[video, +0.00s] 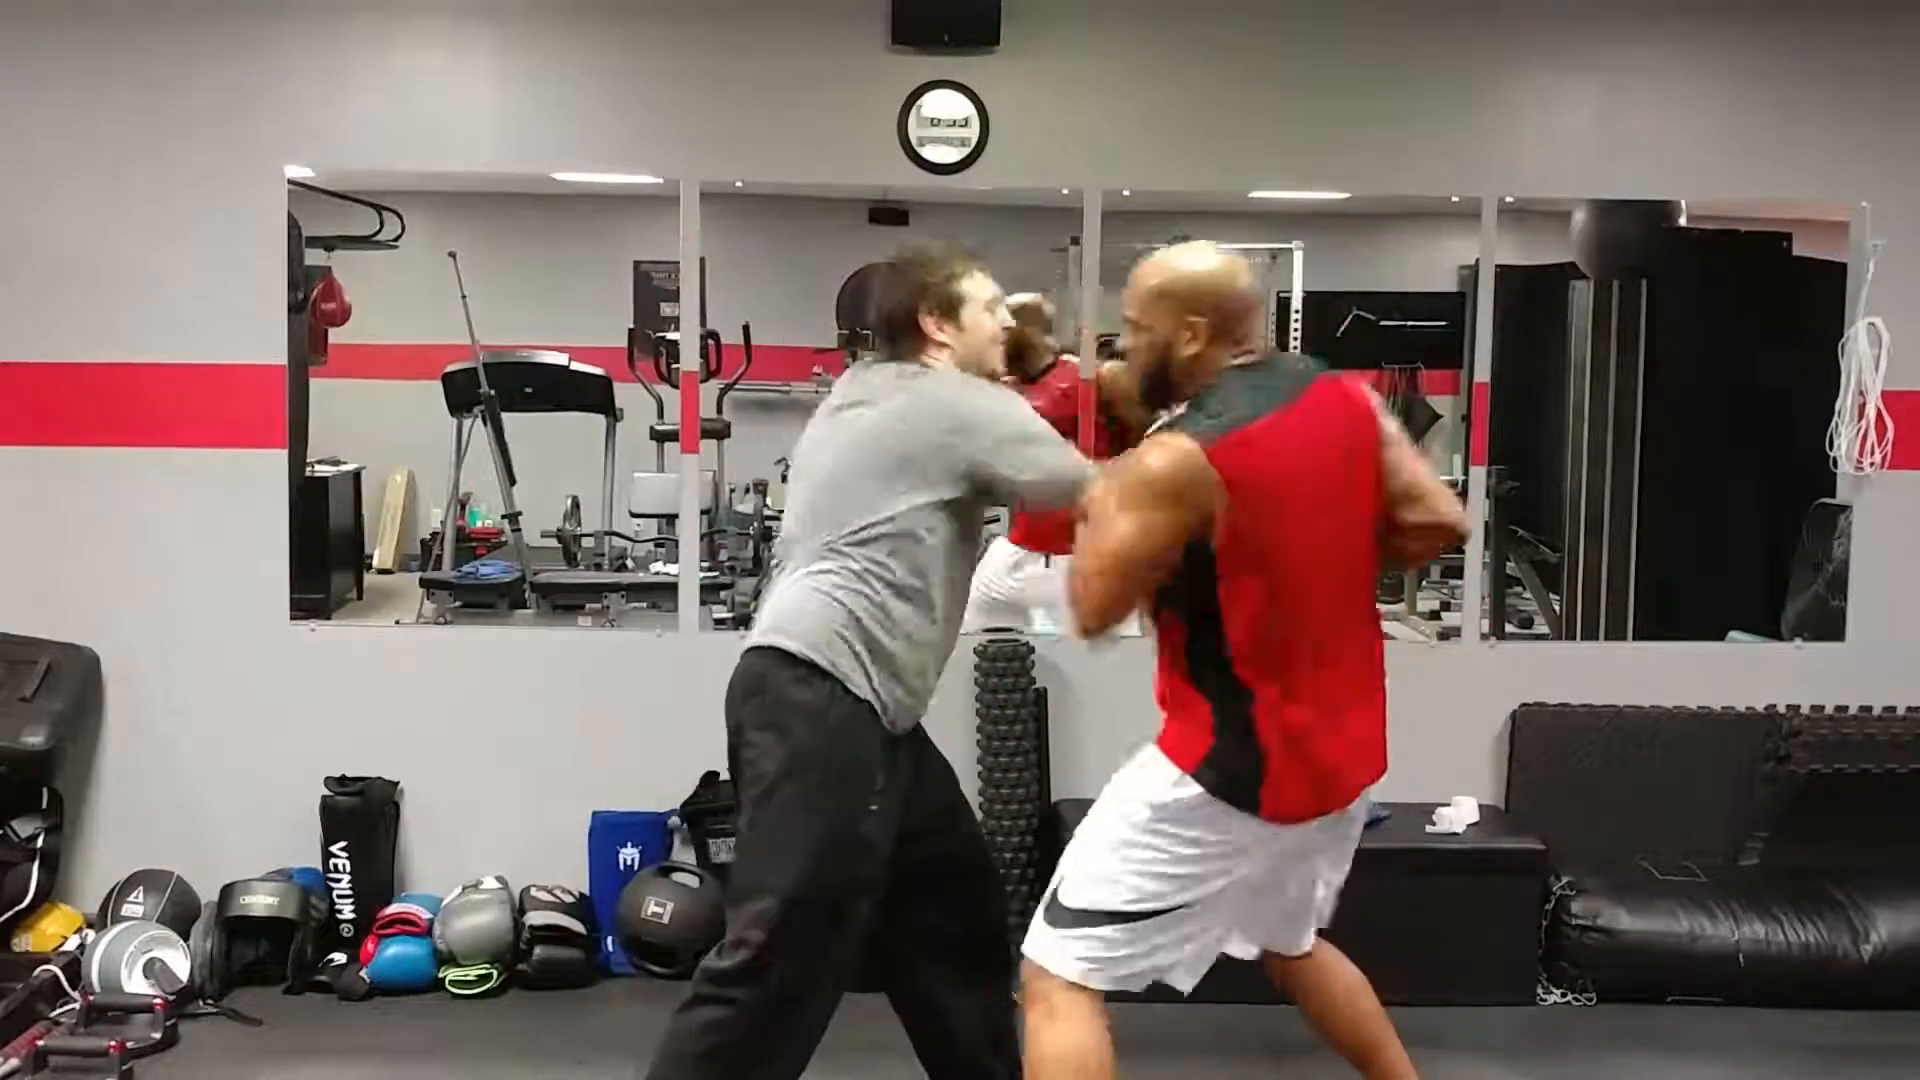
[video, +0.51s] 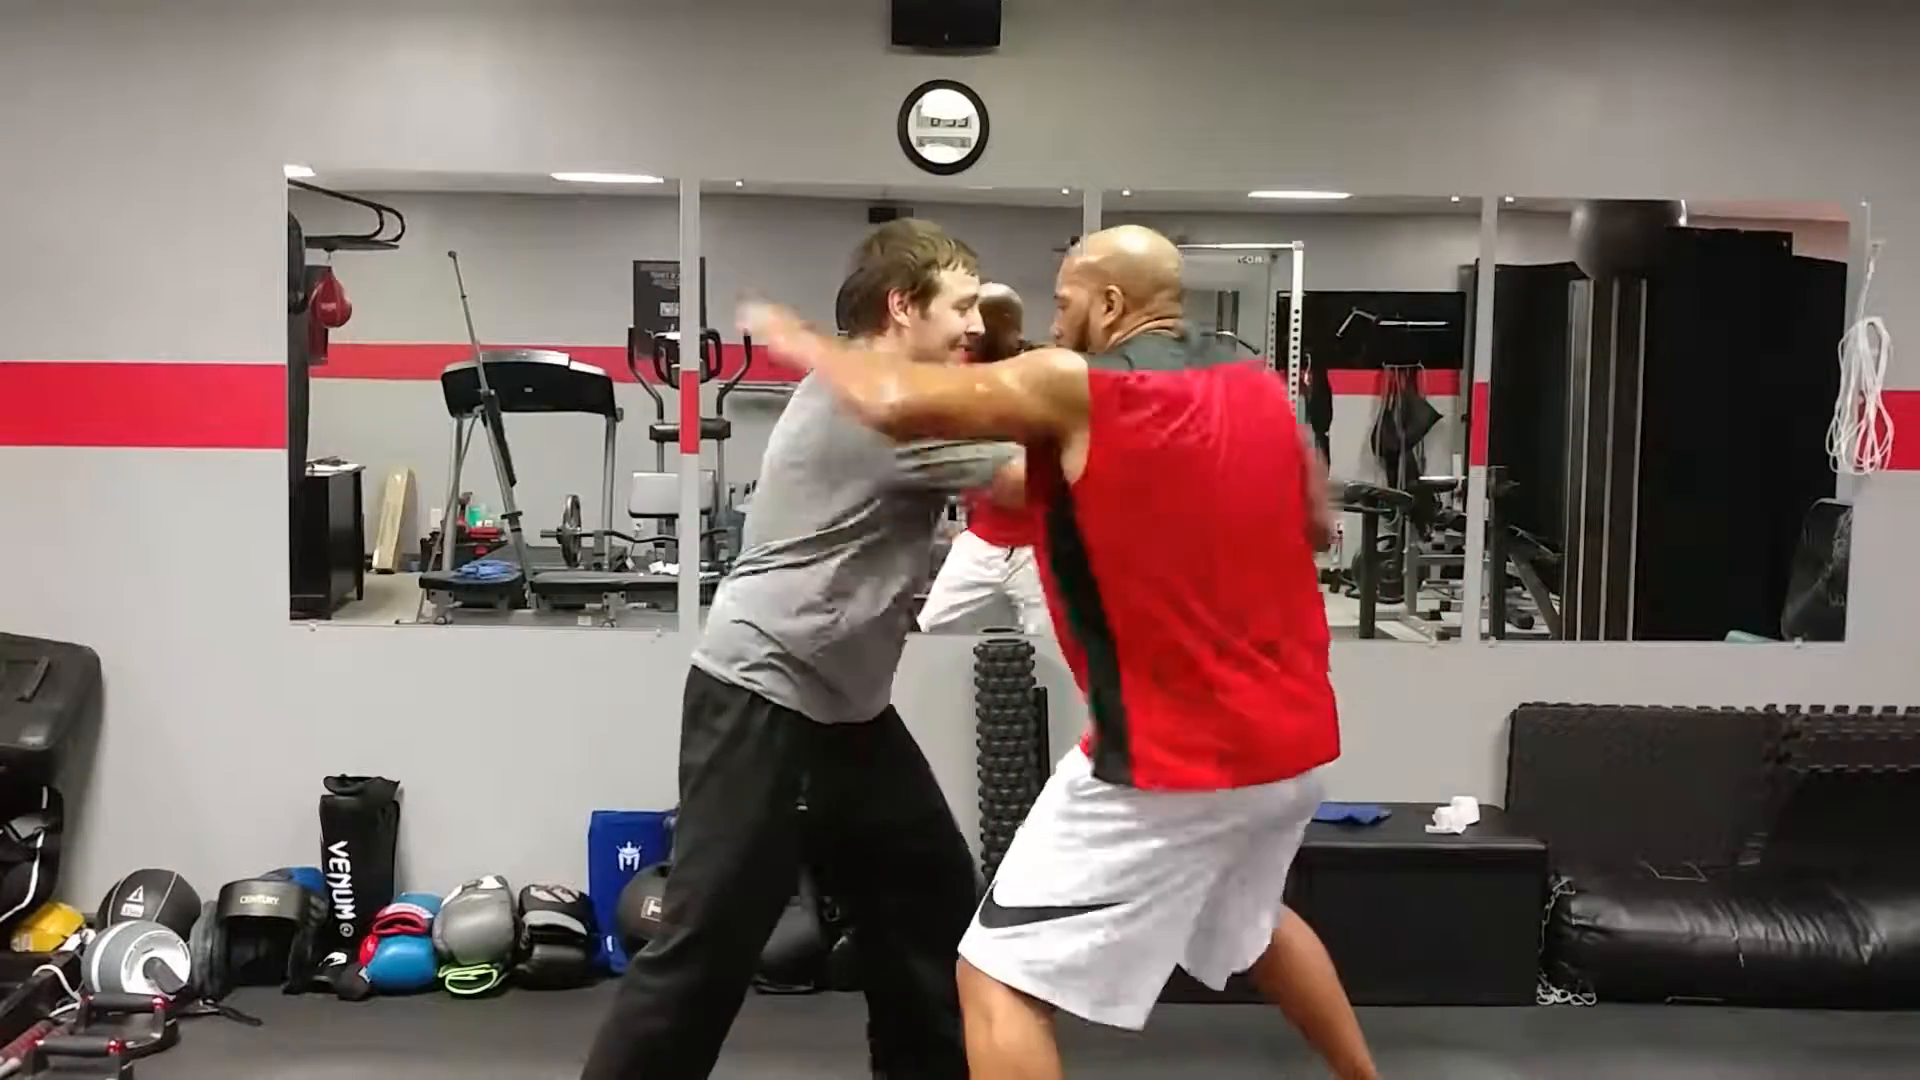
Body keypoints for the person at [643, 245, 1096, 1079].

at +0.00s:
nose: (1006, 332)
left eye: (1003, 311)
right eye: (991, 311)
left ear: (915, 330)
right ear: (935, 325)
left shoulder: (856, 400)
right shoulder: (954, 402)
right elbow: (1089, 489)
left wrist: (999, 363)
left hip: (862, 711)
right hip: (818, 694)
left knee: (960, 934)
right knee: (782, 952)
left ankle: (990, 1069)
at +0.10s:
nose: (1040, 353)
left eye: (1040, 335)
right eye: (1024, 334)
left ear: (955, 344)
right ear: (964, 341)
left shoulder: (905, 407)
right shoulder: (954, 423)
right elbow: (1106, 522)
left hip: (865, 715)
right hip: (800, 698)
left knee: (955, 912)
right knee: (763, 959)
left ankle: (974, 1067)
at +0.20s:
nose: (1014, 347)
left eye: (1014, 330)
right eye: (998, 329)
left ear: (929, 338)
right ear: (936, 335)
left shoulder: (896, 409)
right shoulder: (929, 421)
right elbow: (1093, 519)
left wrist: (1038, 412)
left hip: (861, 717)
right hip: (786, 696)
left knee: (956, 915)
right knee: (751, 955)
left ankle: (973, 1067)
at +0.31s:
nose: (986, 336)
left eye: (987, 316)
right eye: (970, 315)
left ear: (905, 323)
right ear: (909, 319)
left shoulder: (871, 396)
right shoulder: (894, 408)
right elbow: (1063, 502)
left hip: (836, 713)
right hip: (768, 700)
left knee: (936, 920)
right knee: (721, 958)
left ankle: (973, 1068)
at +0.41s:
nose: (970, 332)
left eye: (972, 314)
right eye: (956, 310)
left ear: (895, 316)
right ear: (894, 312)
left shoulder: (892, 407)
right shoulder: (850, 393)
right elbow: (1021, 449)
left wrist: (1010, 377)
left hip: (839, 706)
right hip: (750, 692)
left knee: (940, 896)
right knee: (702, 946)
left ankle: (963, 1068)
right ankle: (619, 1074)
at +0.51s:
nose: (979, 326)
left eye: (979, 307)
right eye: (961, 305)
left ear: (900, 313)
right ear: (900, 310)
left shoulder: (895, 401)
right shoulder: (865, 401)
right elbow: (1036, 471)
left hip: (848, 707)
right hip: (757, 696)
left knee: (932, 905)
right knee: (705, 945)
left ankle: (925, 1071)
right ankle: (622, 1075)